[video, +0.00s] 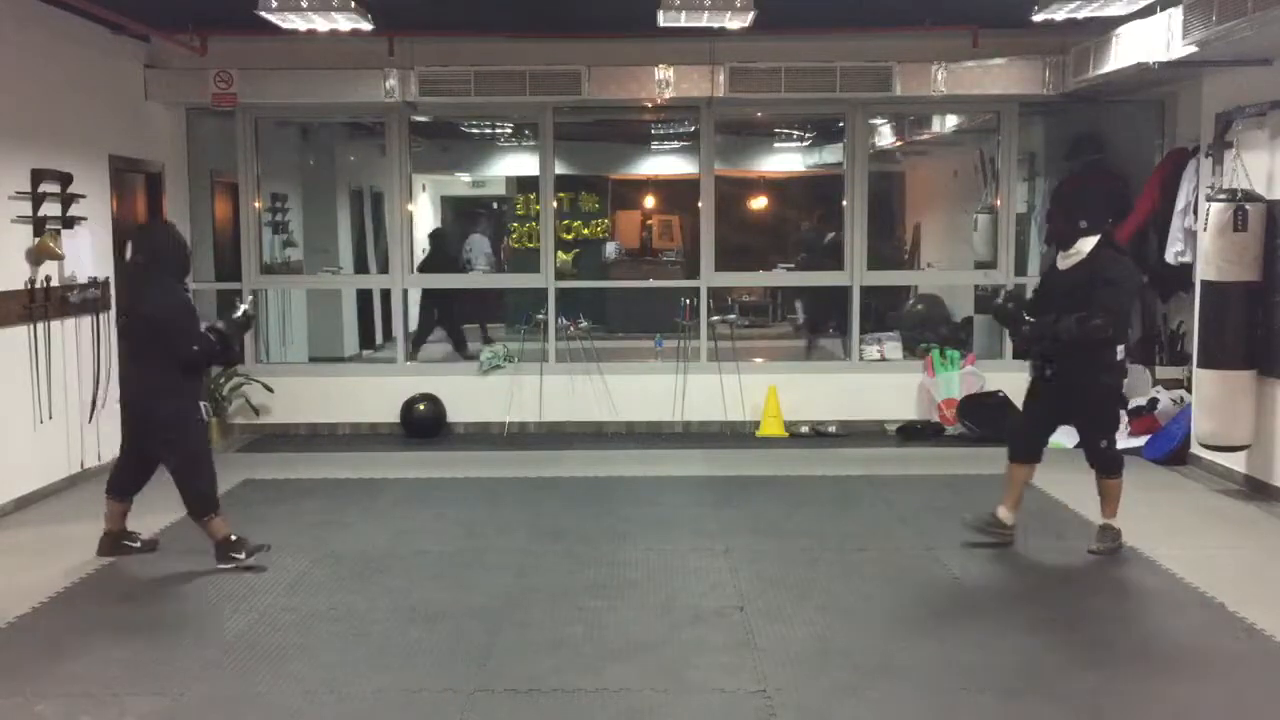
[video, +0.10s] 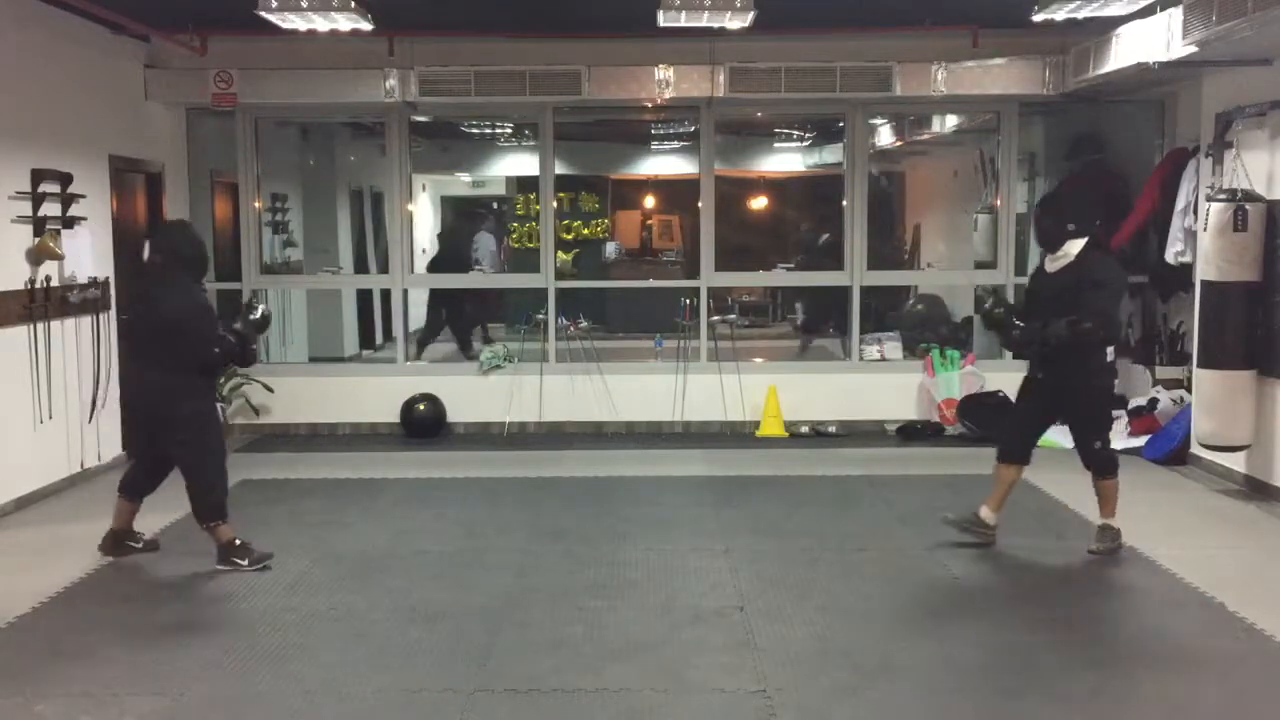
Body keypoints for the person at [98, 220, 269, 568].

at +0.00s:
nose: (187, 259)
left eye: (184, 252)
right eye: (182, 252)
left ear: (140, 255)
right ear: (172, 256)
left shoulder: (133, 288)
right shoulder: (167, 295)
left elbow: (165, 347)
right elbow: (190, 354)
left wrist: (211, 335)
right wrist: (226, 334)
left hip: (140, 397)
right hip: (171, 400)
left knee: (134, 461)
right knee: (194, 466)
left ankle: (114, 533)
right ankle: (225, 541)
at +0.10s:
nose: (203, 257)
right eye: (199, 250)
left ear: (157, 254)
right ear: (193, 255)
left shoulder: (142, 287)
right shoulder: (187, 297)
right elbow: (209, 356)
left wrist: (224, 331)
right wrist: (237, 338)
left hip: (148, 395)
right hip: (186, 399)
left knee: (151, 459)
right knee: (206, 465)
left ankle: (119, 533)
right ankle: (228, 545)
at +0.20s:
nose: (218, 249)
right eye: (213, 243)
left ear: (175, 249)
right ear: (205, 248)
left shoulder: (163, 283)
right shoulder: (200, 289)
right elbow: (221, 349)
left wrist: (238, 335)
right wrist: (257, 331)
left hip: (168, 386)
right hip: (199, 391)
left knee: (171, 454)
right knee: (213, 461)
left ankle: (131, 526)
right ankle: (228, 545)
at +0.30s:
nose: (234, 248)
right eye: (229, 242)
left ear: (193, 248)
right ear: (220, 248)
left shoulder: (185, 285)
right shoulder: (217, 291)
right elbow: (240, 351)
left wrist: (260, 332)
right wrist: (271, 327)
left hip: (186, 388)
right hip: (213, 394)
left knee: (187, 455)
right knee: (220, 464)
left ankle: (154, 527)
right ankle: (230, 546)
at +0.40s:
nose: (251, 251)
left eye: (248, 243)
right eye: (247, 244)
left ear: (206, 246)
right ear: (240, 248)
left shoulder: (187, 288)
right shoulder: (230, 289)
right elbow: (257, 347)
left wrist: (278, 327)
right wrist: (288, 323)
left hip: (193, 389)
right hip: (224, 393)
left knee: (206, 456)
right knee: (230, 461)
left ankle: (191, 533)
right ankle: (232, 546)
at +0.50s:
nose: (261, 248)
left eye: (259, 240)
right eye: (257, 240)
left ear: (214, 245)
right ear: (247, 245)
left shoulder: (194, 290)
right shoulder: (242, 289)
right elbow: (272, 346)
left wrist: (289, 319)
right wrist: (301, 320)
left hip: (202, 391)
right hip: (234, 393)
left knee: (227, 456)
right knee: (244, 459)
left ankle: (230, 536)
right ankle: (233, 547)